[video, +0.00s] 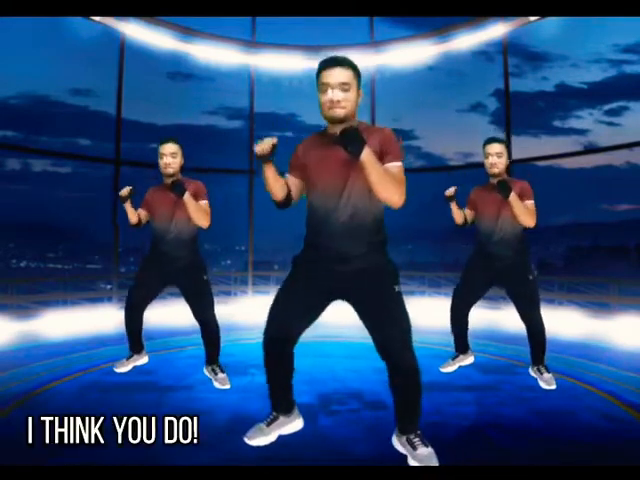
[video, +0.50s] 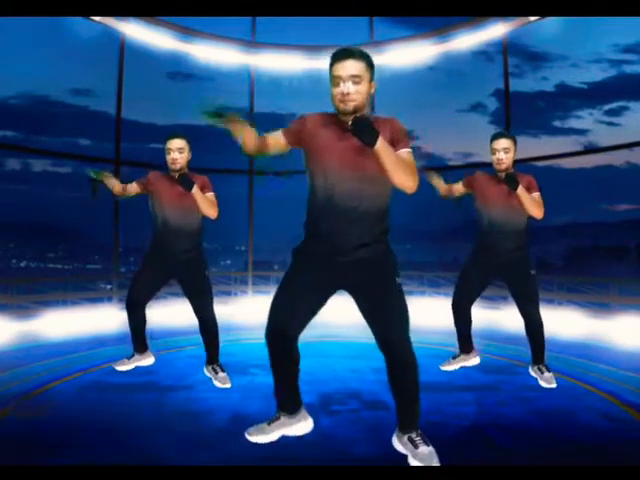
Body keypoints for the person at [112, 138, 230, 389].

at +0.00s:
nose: (168, 161)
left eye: (173, 156)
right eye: (163, 156)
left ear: (182, 160)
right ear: (158, 161)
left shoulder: (195, 188)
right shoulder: (154, 193)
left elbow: (204, 221)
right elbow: (137, 220)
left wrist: (184, 194)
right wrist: (126, 201)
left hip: (189, 264)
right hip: (157, 264)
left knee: (207, 318)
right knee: (133, 306)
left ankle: (213, 365)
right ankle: (138, 353)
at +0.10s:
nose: (170, 158)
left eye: (175, 153)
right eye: (165, 154)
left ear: (184, 157)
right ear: (160, 159)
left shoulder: (198, 185)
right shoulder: (155, 191)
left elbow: (206, 218)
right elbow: (141, 218)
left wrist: (186, 191)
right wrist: (130, 205)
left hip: (189, 262)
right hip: (158, 261)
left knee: (205, 317)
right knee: (137, 306)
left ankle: (213, 365)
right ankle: (138, 353)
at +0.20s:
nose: (171, 156)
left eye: (176, 151)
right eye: (167, 152)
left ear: (185, 155)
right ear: (162, 157)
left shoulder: (200, 182)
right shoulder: (159, 188)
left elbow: (209, 214)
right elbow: (147, 213)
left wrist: (186, 188)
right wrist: (140, 190)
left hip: (191, 258)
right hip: (161, 257)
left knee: (205, 314)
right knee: (140, 303)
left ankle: (213, 365)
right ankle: (138, 353)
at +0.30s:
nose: (173, 157)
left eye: (178, 152)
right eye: (168, 152)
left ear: (187, 155)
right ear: (164, 156)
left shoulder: (202, 182)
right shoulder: (159, 185)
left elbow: (211, 213)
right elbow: (149, 211)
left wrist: (187, 189)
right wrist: (151, 189)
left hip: (192, 259)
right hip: (161, 258)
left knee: (205, 315)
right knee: (138, 302)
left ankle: (213, 365)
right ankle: (137, 351)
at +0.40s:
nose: (176, 156)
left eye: (181, 151)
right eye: (171, 151)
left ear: (190, 154)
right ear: (166, 155)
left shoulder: (204, 182)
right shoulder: (159, 185)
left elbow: (215, 212)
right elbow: (142, 207)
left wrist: (194, 187)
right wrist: (140, 189)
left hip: (192, 259)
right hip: (161, 258)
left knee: (207, 314)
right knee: (135, 300)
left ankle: (213, 365)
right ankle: (138, 349)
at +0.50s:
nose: (175, 156)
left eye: (180, 151)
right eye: (170, 151)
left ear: (189, 155)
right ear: (165, 155)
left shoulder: (200, 182)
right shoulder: (154, 180)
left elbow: (212, 213)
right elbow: (123, 190)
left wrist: (192, 188)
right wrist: (107, 178)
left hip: (190, 259)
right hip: (159, 257)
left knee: (206, 314)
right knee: (135, 302)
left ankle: (213, 365)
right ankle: (142, 353)